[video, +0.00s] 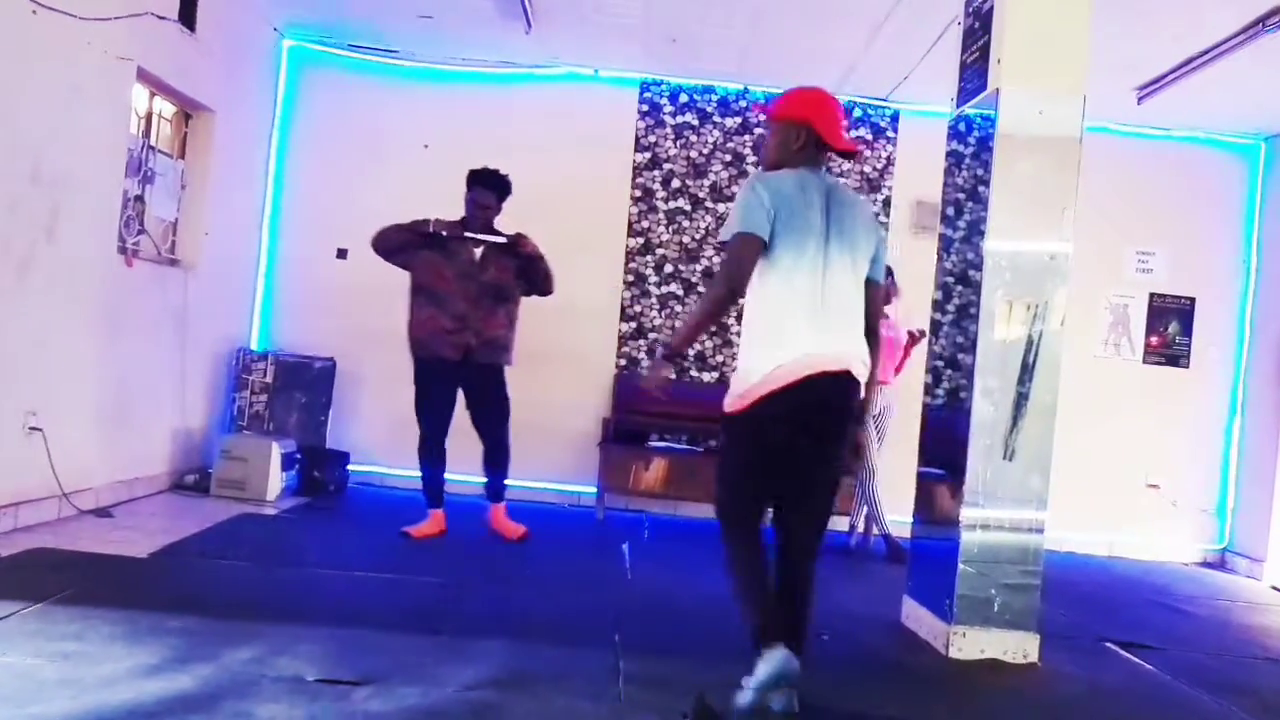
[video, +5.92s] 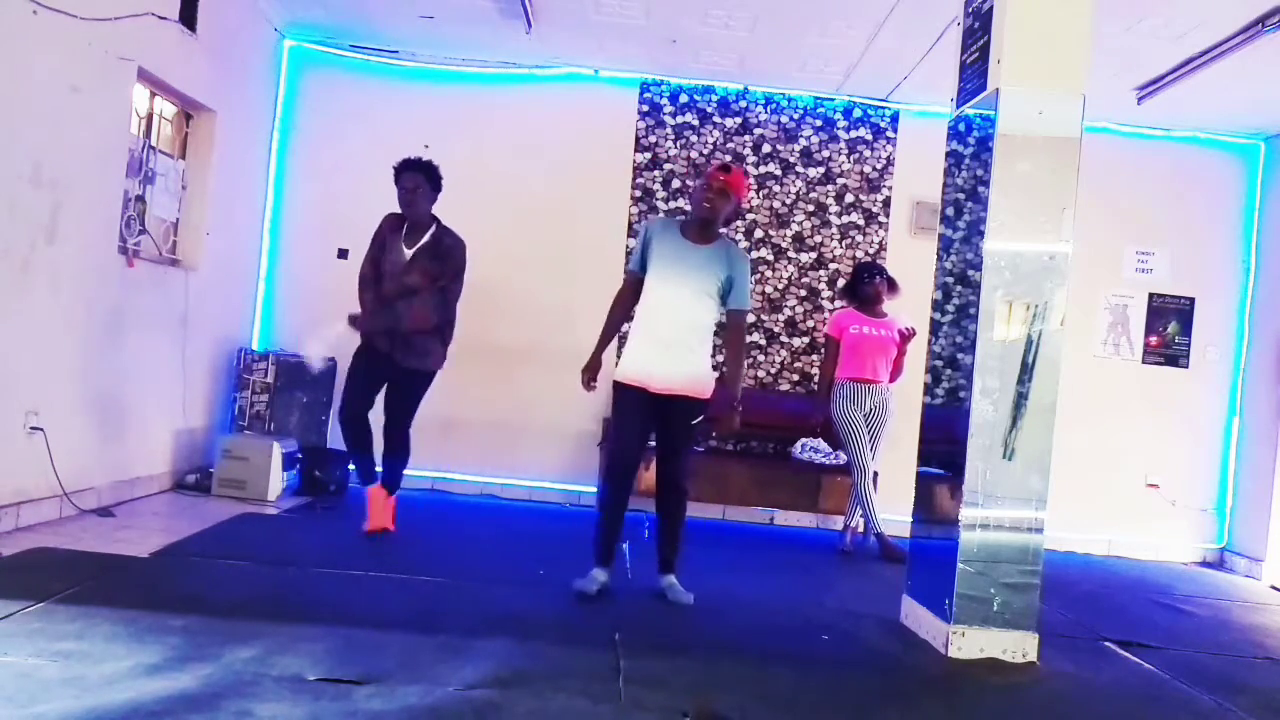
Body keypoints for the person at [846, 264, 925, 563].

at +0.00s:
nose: (888, 293)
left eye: (890, 287)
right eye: (884, 286)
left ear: (892, 291)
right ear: (872, 290)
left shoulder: (894, 324)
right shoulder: (862, 321)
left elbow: (893, 370)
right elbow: (857, 358)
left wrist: (909, 347)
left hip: (886, 394)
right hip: (861, 394)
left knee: (869, 466)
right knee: (870, 466)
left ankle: (854, 534)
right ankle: (886, 535)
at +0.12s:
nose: (899, 287)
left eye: (897, 281)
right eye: (892, 281)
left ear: (887, 287)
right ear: (878, 287)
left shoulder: (896, 325)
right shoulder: (857, 318)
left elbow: (898, 371)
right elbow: (845, 353)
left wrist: (913, 346)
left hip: (890, 392)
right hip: (861, 392)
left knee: (874, 468)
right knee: (870, 467)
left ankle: (859, 533)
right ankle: (889, 536)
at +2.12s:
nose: (889, 286)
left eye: (889, 281)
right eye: (882, 281)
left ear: (890, 287)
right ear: (865, 287)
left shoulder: (894, 328)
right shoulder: (846, 317)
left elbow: (893, 375)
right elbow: (830, 364)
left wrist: (905, 347)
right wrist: (825, 405)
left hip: (882, 398)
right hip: (850, 394)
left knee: (868, 464)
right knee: (867, 463)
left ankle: (850, 532)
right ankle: (887, 536)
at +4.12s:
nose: (879, 300)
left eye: (882, 294)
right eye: (872, 294)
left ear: (886, 291)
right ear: (856, 291)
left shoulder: (890, 327)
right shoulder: (840, 317)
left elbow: (888, 374)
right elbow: (827, 364)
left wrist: (900, 347)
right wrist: (822, 403)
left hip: (877, 397)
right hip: (845, 393)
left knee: (865, 466)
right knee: (864, 464)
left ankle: (848, 532)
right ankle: (884, 534)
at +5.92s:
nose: (879, 283)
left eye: (882, 278)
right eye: (871, 278)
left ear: (887, 286)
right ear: (859, 287)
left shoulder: (893, 326)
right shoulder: (842, 318)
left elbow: (893, 376)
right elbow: (828, 365)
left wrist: (903, 349)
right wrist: (823, 406)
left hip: (880, 397)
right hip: (847, 393)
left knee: (866, 465)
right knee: (861, 463)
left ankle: (848, 531)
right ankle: (881, 536)